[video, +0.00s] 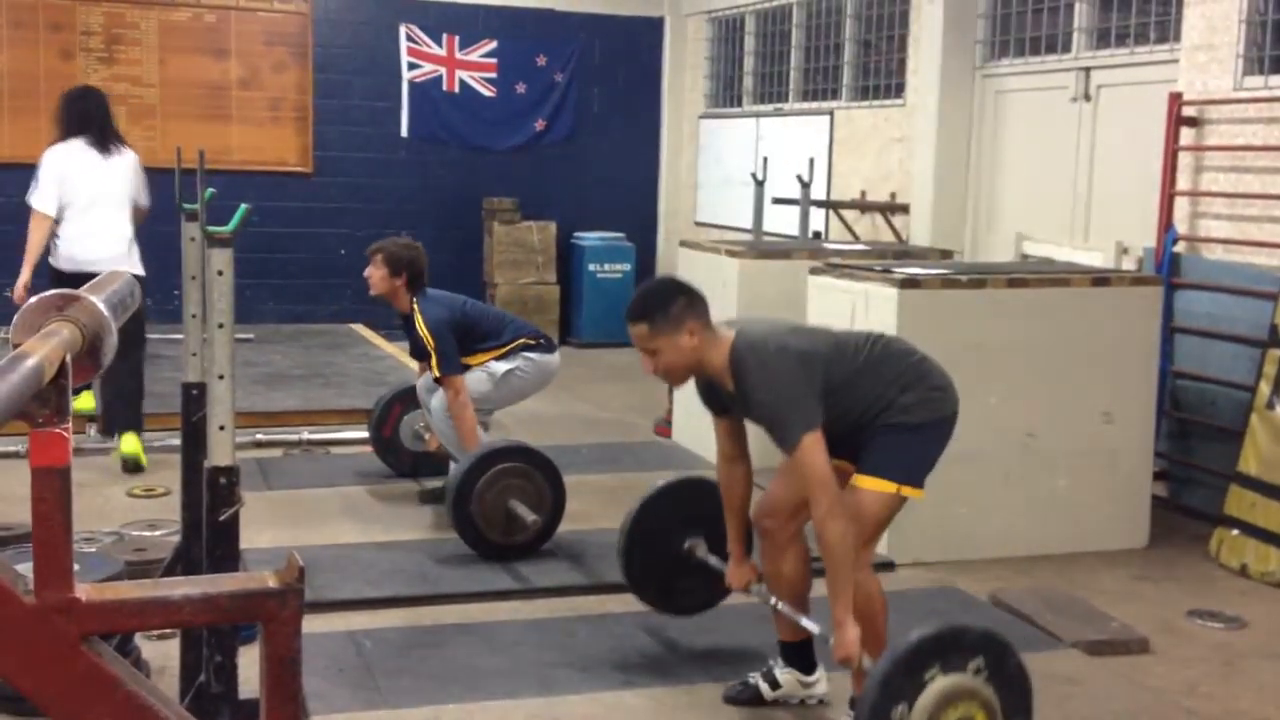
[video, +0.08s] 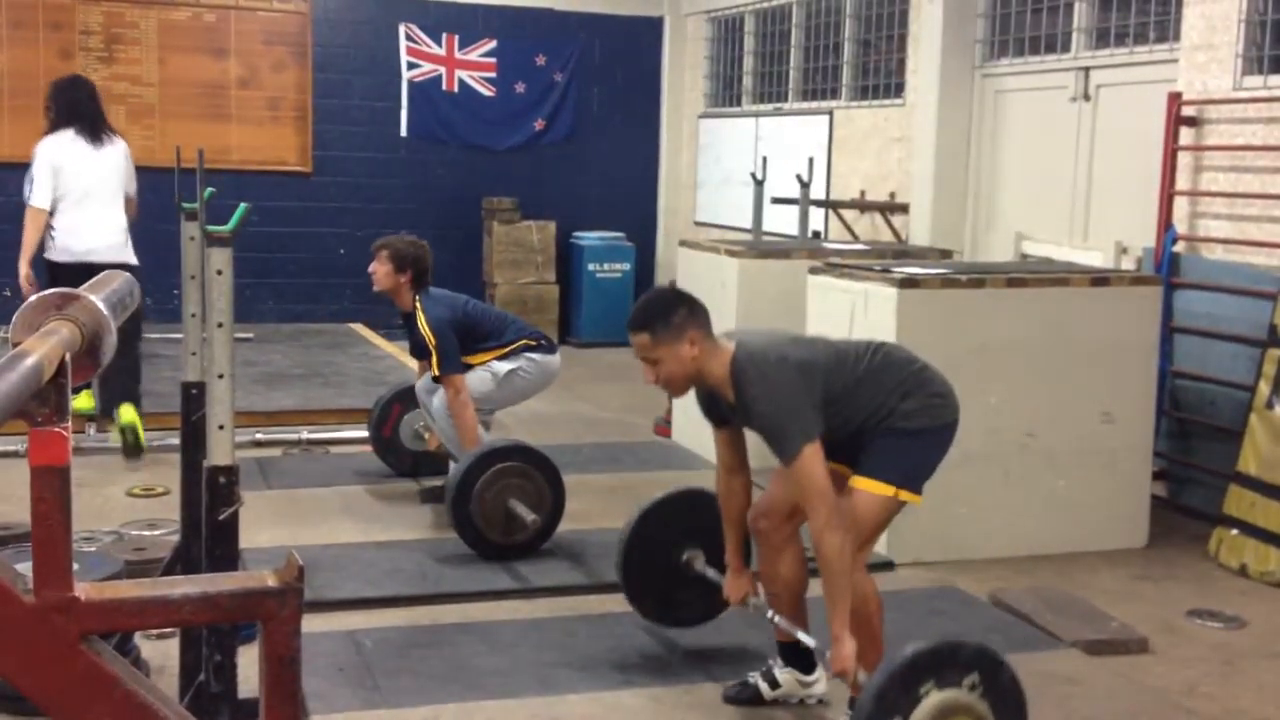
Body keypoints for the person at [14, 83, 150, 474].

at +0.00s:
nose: (61, 119)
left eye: (64, 112)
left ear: (66, 116)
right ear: (105, 115)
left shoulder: (57, 155)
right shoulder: (127, 155)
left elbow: (42, 216)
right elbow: (140, 208)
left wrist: (26, 271)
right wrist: (117, 231)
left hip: (69, 268)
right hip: (122, 269)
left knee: (68, 333)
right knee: (129, 351)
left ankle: (82, 388)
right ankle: (129, 434)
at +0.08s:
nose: (47, 111)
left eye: (49, 106)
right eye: (48, 106)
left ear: (57, 107)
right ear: (93, 104)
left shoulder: (50, 147)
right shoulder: (117, 144)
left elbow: (39, 208)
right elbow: (130, 203)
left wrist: (24, 259)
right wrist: (114, 231)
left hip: (66, 259)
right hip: (117, 257)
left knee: (66, 331)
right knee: (125, 335)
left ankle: (79, 390)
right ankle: (126, 406)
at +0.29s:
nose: (35, 88)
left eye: (38, 82)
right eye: (36, 81)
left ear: (49, 85)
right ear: (80, 83)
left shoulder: (41, 124)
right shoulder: (105, 123)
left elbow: (30, 185)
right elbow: (122, 180)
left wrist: (19, 217)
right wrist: (123, 226)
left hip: (62, 235)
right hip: (108, 232)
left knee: (64, 313)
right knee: (103, 305)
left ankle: (81, 389)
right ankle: (115, 358)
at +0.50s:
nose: (20, 82)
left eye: (24, 77)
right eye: (22, 75)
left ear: (34, 81)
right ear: (67, 78)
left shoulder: (29, 122)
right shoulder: (92, 119)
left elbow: (10, 179)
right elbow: (111, 176)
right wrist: (124, 224)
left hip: (55, 235)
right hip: (97, 230)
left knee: (60, 316)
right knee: (91, 310)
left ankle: (70, 392)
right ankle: (88, 388)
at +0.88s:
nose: (2, 87)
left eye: (4, 80)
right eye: (3, 80)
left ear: (12, 82)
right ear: (41, 78)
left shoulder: (10, 122)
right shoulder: (68, 118)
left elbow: (3, 181)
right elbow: (91, 175)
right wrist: (94, 216)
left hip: (24, 232)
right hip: (67, 229)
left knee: (20, 311)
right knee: (61, 307)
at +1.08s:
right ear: (17, 81)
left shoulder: (7, 118)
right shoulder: (41, 117)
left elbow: (5, 174)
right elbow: (56, 165)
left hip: (18, 225)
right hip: (54, 222)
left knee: (3, 291)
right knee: (45, 299)